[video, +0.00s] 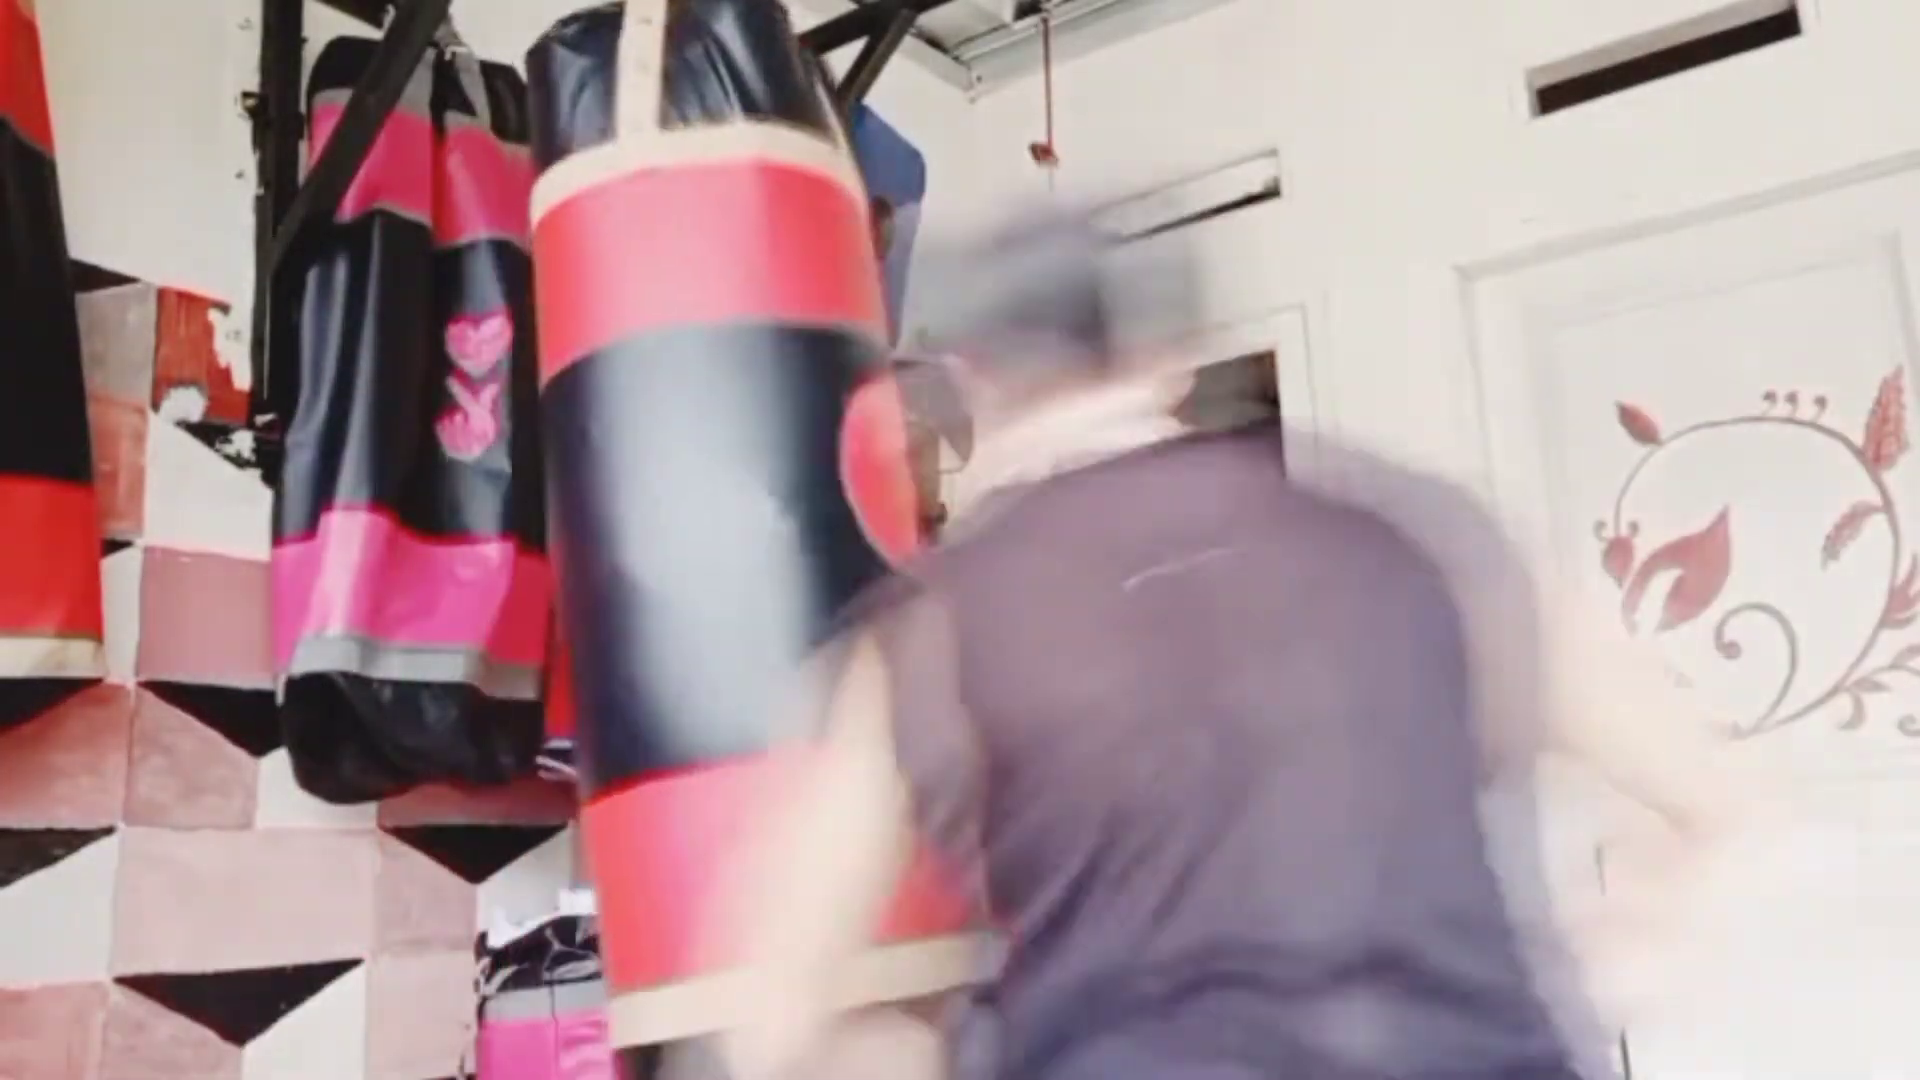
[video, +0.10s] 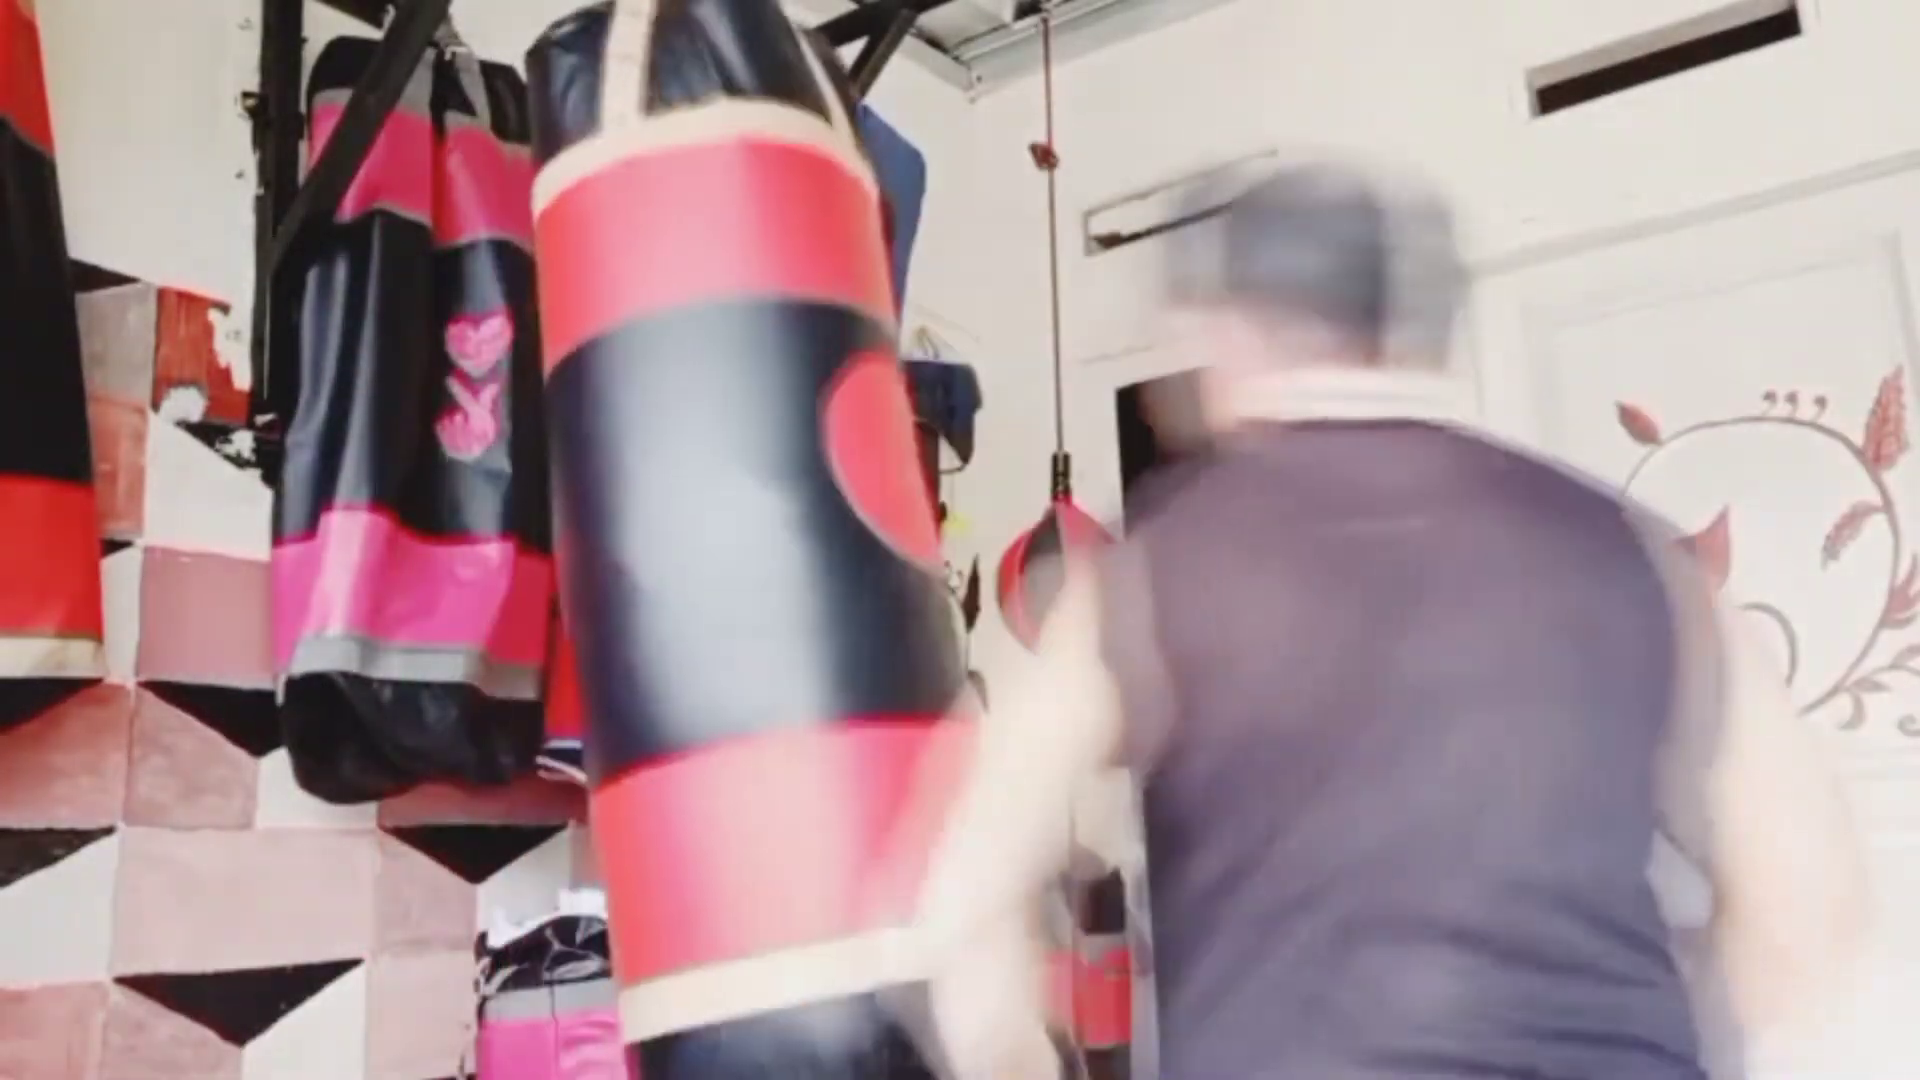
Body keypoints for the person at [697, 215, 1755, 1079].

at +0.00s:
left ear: (964, 384)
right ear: (1169, 356)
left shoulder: (923, 628)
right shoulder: (1413, 527)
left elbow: (766, 1030)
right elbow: (1722, 797)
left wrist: (984, 1028)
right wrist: (1610, 958)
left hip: (1121, 1051)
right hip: (1459, 1041)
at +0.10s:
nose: (1204, 360)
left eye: (1211, 327)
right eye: (1210, 328)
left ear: (1241, 334)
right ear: (1413, 330)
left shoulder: (1147, 569)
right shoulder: (1639, 556)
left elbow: (967, 912)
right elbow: (1802, 901)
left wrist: (1020, 1060)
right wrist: (1711, 1039)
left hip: (1280, 1050)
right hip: (1606, 1046)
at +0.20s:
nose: (1273, 344)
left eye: (1279, 301)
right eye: (1272, 304)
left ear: (1356, 306)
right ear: (1503, 317)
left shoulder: (1248, 511)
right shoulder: (1699, 519)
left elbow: (1087, 754)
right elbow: (1762, 859)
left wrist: (1029, 1050)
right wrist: (1750, 1036)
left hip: (1329, 1054)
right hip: (1687, 1053)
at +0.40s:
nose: (1279, 344)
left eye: (1282, 302)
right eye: (1273, 306)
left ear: (1367, 287)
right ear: (1498, 283)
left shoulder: (1263, 480)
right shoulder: (1694, 461)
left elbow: (1149, 854)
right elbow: (1798, 822)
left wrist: (1145, 1016)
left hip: (1406, 1048)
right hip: (1717, 1039)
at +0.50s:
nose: (1346, 483)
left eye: (1348, 443)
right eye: (1338, 447)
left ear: (1404, 400)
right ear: (1537, 403)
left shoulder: (1342, 618)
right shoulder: (1750, 611)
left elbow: (1211, 882)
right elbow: (1874, 924)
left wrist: (1164, 1029)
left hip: (1466, 1052)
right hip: (1730, 1052)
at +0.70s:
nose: (1502, 348)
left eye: (1518, 294)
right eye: (1492, 309)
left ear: (1653, 277)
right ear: (1651, 282)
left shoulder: (1742, 445)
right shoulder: (1682, 463)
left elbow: (1908, 692)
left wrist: (1726, 902)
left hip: (1867, 1029)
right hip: (1802, 1028)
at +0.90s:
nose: (1591, 368)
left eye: (1610, 310)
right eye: (1582, 326)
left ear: (1772, 298)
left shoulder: (1907, 473)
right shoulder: (1701, 571)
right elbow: (1743, 834)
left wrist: (1859, 988)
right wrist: (1696, 1006)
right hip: (1822, 1028)